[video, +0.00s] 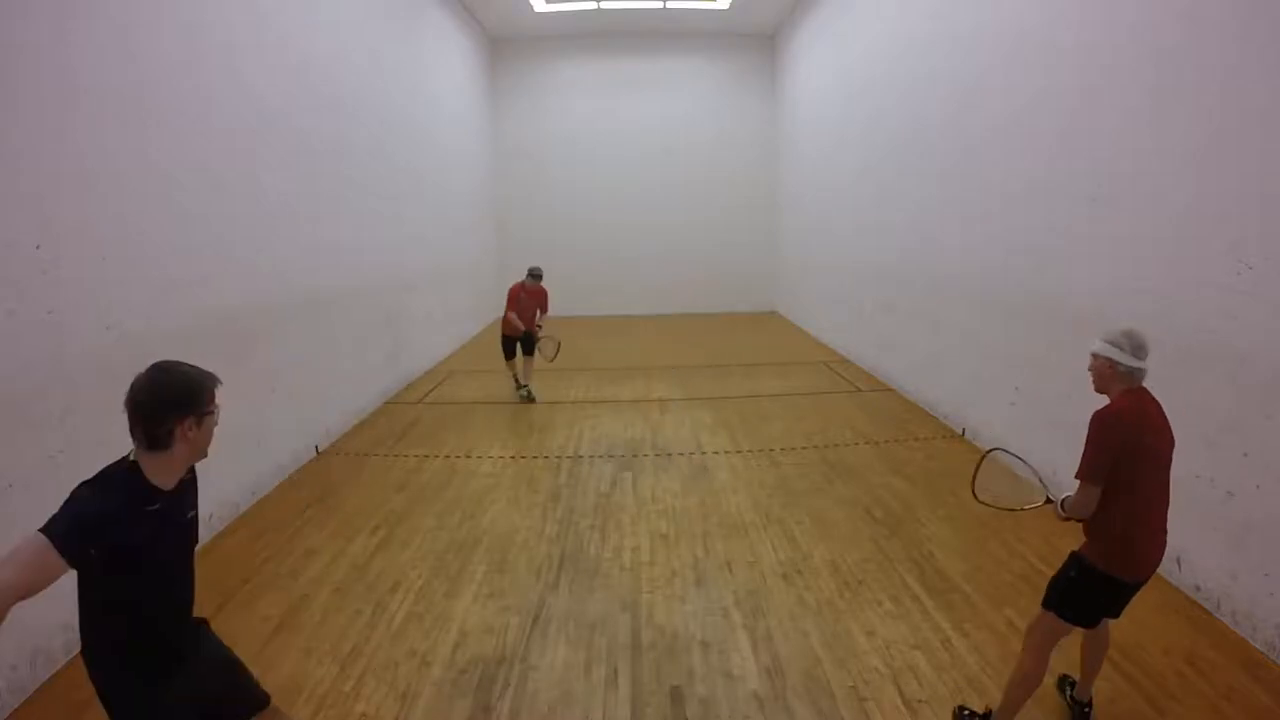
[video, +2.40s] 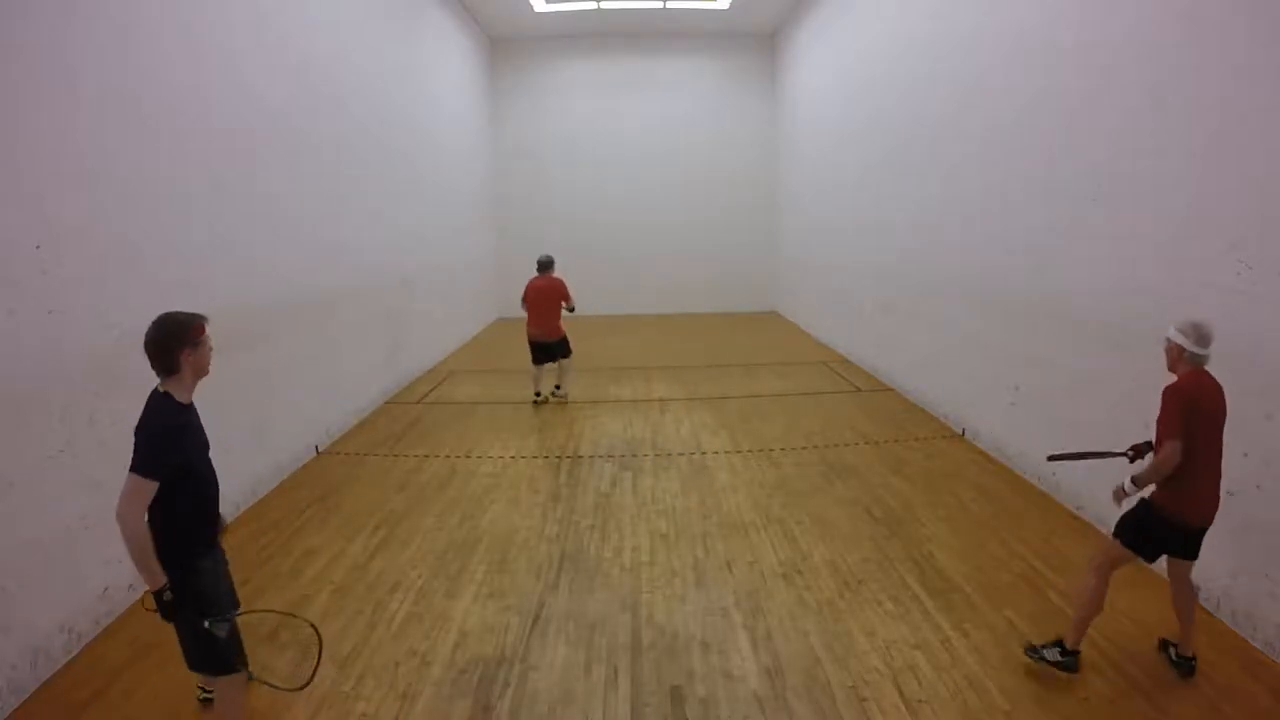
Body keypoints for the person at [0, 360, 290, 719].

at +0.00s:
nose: (217, 421)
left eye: (214, 412)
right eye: (212, 414)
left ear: (186, 431)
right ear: (188, 429)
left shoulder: (182, 473)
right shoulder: (99, 505)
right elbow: (7, 588)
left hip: (183, 637)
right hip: (130, 669)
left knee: (262, 709)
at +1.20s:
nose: (257, 404)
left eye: (254, 394)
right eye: (252, 396)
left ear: (226, 412)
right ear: (231, 412)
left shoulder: (227, 457)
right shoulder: (155, 482)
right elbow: (70, 561)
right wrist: (12, 671)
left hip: (216, 617)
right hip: (162, 637)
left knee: (303, 695)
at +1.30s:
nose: (272, 392)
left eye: (271, 384)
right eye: (268, 385)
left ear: (240, 398)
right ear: (246, 397)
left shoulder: (241, 446)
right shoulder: (176, 470)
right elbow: (94, 555)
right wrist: (57, 669)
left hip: (234, 602)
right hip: (181, 623)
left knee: (312, 681)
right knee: (202, 713)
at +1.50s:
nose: (278, 355)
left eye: (277, 347)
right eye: (274, 348)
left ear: (248, 362)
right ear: (253, 361)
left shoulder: (248, 411)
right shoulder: (185, 429)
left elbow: (230, 489)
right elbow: (116, 520)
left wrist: (251, 537)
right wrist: (110, 635)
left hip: (239, 572)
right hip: (190, 592)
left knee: (293, 669)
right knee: (232, 710)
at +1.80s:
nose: (255, 359)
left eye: (252, 349)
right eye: (246, 351)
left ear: (219, 362)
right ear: (216, 360)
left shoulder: (226, 408)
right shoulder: (167, 434)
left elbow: (210, 498)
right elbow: (122, 536)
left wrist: (233, 565)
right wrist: (182, 625)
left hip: (239, 574)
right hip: (195, 597)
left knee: (288, 669)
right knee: (249, 703)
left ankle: (307, 714)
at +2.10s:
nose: (220, 359)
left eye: (218, 348)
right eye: (208, 351)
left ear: (181, 361)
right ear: (173, 360)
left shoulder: (191, 407)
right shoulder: (148, 436)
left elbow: (187, 496)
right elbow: (116, 541)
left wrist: (210, 560)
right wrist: (179, 614)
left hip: (213, 564)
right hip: (177, 591)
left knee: (258, 641)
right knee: (219, 697)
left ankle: (258, 707)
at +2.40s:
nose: (211, 351)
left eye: (208, 343)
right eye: (205, 345)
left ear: (177, 357)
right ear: (186, 357)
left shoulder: (177, 405)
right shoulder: (162, 422)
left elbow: (175, 486)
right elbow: (129, 514)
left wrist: (208, 533)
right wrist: (161, 589)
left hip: (203, 550)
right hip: (190, 565)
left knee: (213, 636)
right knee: (232, 680)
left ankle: (210, 693)